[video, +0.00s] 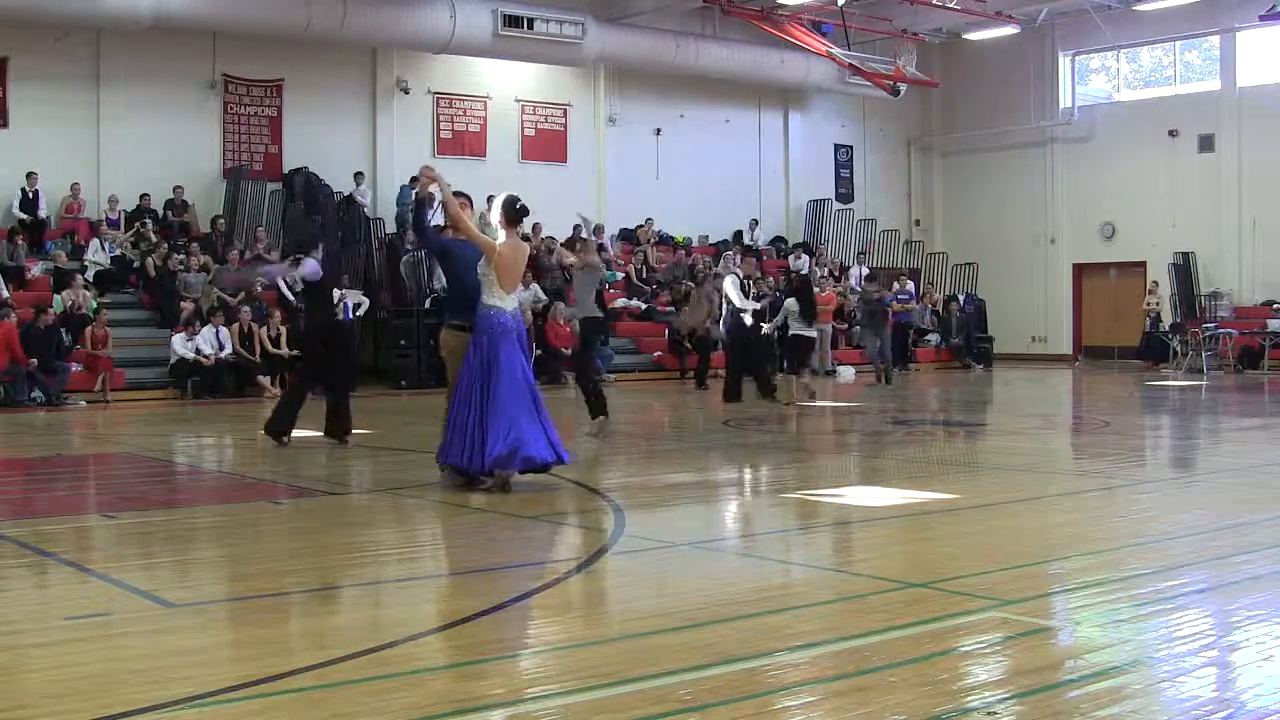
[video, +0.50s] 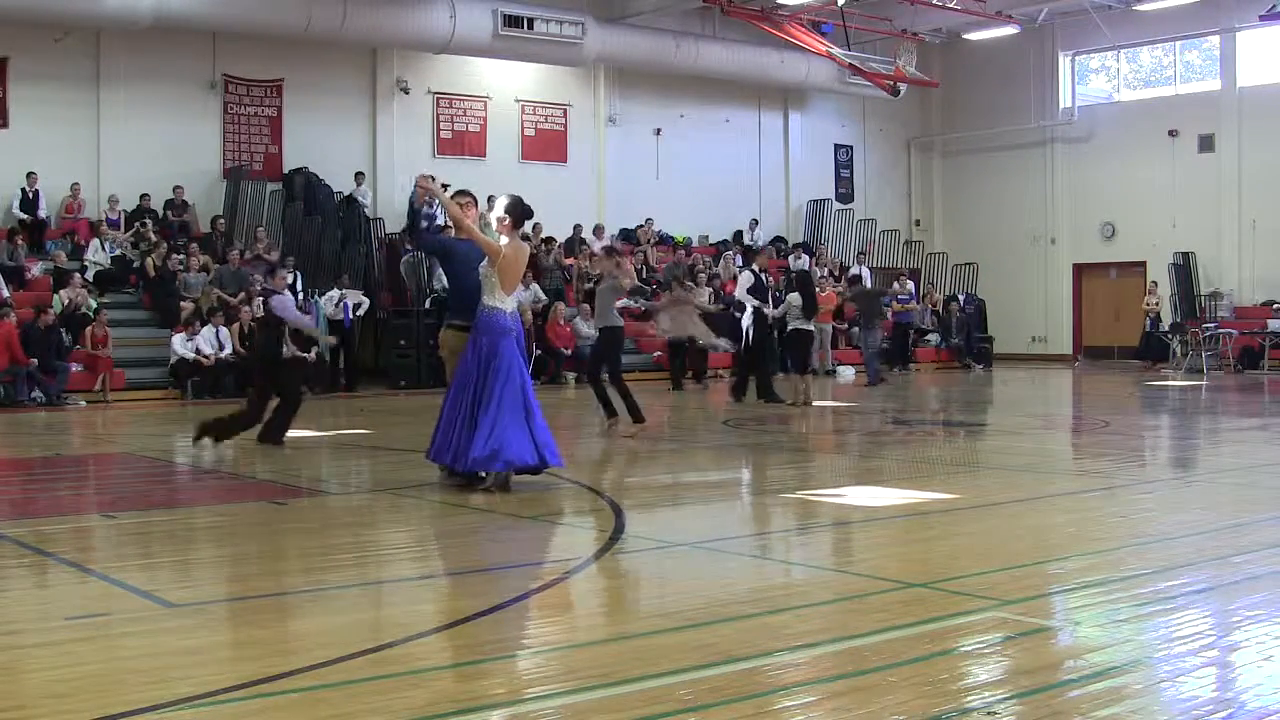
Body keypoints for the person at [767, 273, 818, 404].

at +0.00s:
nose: (789, 286)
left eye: (791, 284)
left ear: (795, 287)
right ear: (808, 287)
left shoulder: (789, 302)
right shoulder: (811, 301)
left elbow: (780, 319)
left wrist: (769, 326)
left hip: (795, 335)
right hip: (811, 335)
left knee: (791, 367)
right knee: (803, 366)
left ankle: (791, 396)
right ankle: (808, 386)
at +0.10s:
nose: (790, 286)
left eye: (792, 284)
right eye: (791, 284)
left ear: (795, 286)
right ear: (808, 286)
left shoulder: (790, 302)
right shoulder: (811, 301)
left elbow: (778, 317)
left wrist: (765, 321)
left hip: (795, 334)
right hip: (811, 335)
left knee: (791, 369)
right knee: (804, 369)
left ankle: (790, 397)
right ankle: (807, 397)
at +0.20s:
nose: (793, 285)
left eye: (794, 283)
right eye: (794, 282)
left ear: (796, 285)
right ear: (809, 285)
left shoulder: (791, 301)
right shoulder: (812, 299)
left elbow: (779, 316)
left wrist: (767, 315)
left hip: (796, 333)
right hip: (811, 334)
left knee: (791, 368)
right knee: (803, 369)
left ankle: (790, 397)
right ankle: (808, 397)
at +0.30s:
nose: (793, 283)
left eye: (794, 281)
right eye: (794, 281)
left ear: (797, 283)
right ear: (809, 283)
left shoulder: (792, 298)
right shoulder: (813, 298)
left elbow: (781, 314)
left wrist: (767, 313)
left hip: (797, 333)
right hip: (811, 333)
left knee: (791, 367)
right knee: (805, 368)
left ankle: (795, 397)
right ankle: (808, 397)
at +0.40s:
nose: (792, 283)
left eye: (794, 281)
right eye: (793, 280)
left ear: (797, 283)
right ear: (809, 282)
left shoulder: (792, 298)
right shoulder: (813, 298)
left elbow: (780, 314)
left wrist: (770, 312)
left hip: (796, 331)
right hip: (810, 331)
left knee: (792, 367)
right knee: (806, 367)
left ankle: (798, 396)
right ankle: (808, 397)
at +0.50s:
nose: (793, 282)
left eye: (794, 280)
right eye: (793, 280)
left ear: (797, 282)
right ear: (809, 282)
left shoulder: (792, 297)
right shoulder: (812, 297)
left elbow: (779, 313)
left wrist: (767, 311)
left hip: (794, 330)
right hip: (809, 330)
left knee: (795, 366)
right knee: (806, 366)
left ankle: (798, 396)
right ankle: (808, 397)